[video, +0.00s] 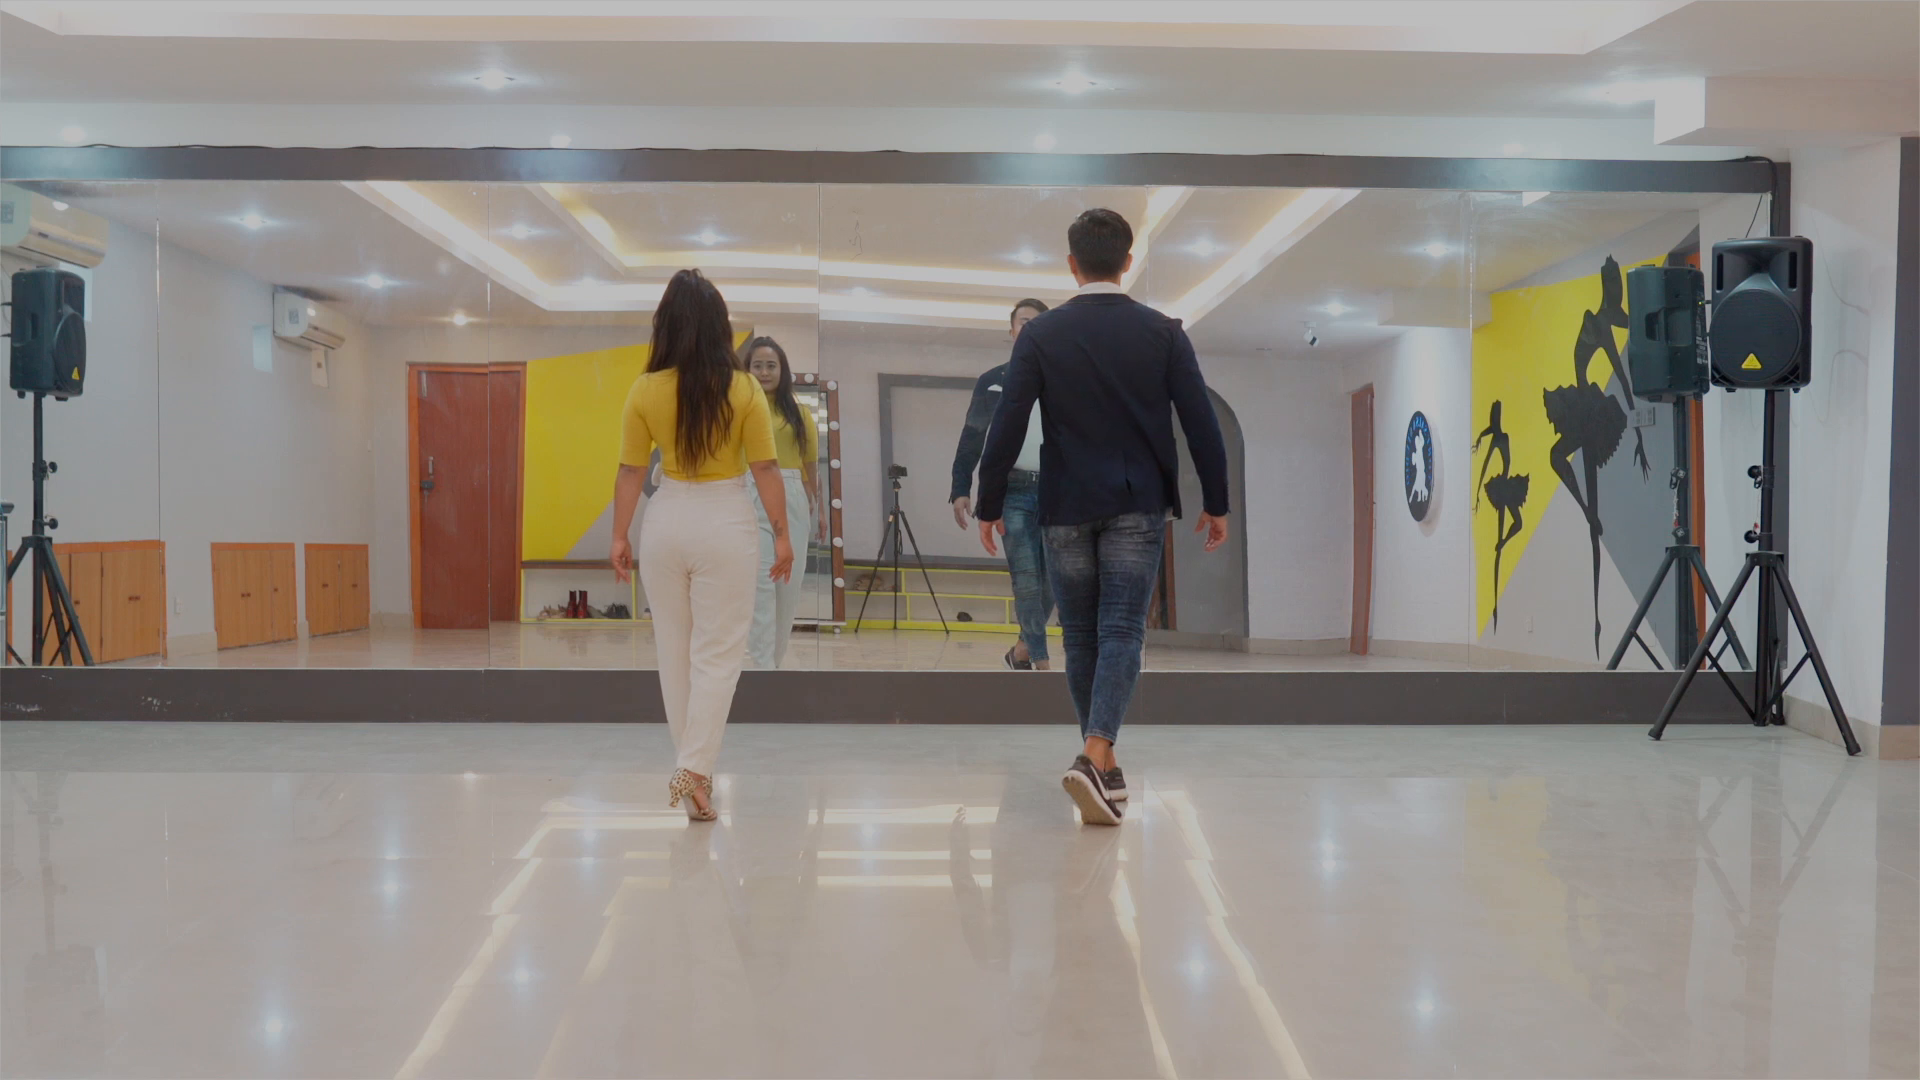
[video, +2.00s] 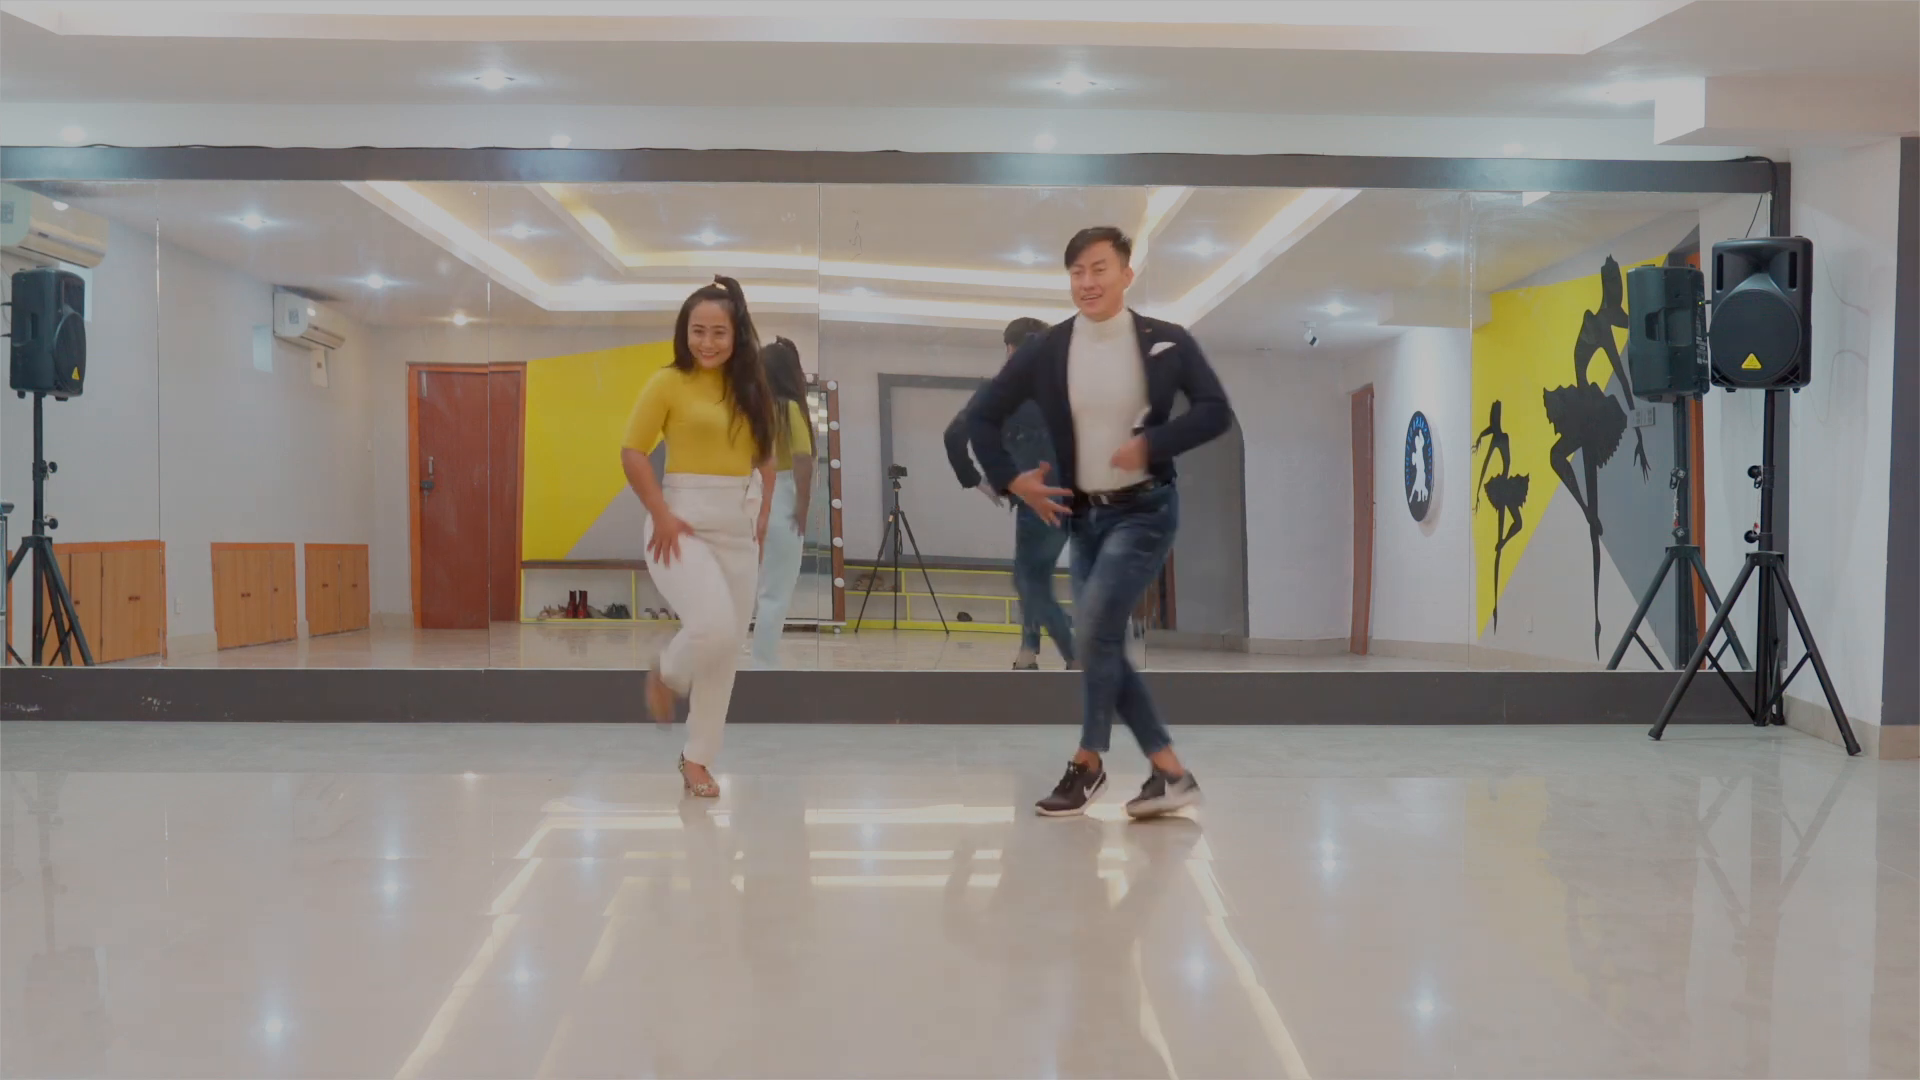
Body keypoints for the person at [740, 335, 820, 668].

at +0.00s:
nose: (764, 371)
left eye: (771, 365)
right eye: (757, 365)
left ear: (783, 370)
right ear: (746, 370)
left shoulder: (800, 413)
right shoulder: (741, 411)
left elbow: (809, 470)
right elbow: (731, 465)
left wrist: (817, 511)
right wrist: (730, 506)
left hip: (793, 499)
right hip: (752, 498)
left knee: (789, 584)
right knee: (761, 585)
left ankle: (773, 666)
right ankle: (761, 670)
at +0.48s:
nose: (764, 372)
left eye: (771, 365)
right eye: (757, 365)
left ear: (782, 369)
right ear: (746, 369)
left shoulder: (800, 410)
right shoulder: (740, 409)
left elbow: (809, 460)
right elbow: (731, 462)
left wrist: (814, 503)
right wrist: (730, 504)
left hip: (791, 496)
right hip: (750, 497)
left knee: (790, 578)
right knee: (758, 580)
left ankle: (777, 661)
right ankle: (758, 665)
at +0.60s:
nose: (761, 371)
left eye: (767, 365)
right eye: (753, 365)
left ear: (778, 372)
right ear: (741, 371)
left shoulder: (789, 411)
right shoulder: (738, 411)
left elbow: (805, 466)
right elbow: (752, 440)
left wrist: (812, 510)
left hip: (789, 510)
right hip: (752, 510)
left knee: (792, 589)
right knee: (764, 587)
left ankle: (773, 662)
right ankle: (751, 666)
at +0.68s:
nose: (777, 369)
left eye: (778, 363)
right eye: (768, 364)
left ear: (780, 367)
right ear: (748, 370)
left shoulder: (773, 399)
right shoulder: (760, 398)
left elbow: (782, 463)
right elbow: (804, 434)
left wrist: (801, 502)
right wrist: (811, 469)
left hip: (783, 501)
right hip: (760, 499)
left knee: (791, 587)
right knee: (774, 587)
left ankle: (766, 666)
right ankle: (747, 669)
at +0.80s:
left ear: (747, 377)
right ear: (784, 375)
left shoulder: (736, 410)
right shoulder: (794, 413)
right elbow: (809, 465)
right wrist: (814, 508)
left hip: (736, 501)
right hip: (775, 502)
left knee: (755, 590)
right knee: (781, 594)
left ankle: (755, 669)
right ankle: (752, 670)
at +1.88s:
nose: (802, 378)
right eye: (797, 373)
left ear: (758, 379)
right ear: (791, 378)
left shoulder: (746, 413)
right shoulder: (795, 417)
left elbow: (739, 471)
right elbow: (802, 475)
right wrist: (808, 520)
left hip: (745, 502)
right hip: (783, 501)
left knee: (751, 589)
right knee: (782, 593)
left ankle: (747, 666)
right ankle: (763, 670)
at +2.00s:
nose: (804, 376)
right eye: (799, 369)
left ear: (762, 371)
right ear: (792, 371)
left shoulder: (749, 405)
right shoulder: (790, 407)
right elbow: (803, 459)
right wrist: (802, 508)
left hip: (752, 501)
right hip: (782, 502)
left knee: (760, 587)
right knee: (776, 592)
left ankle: (760, 662)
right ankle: (763, 666)